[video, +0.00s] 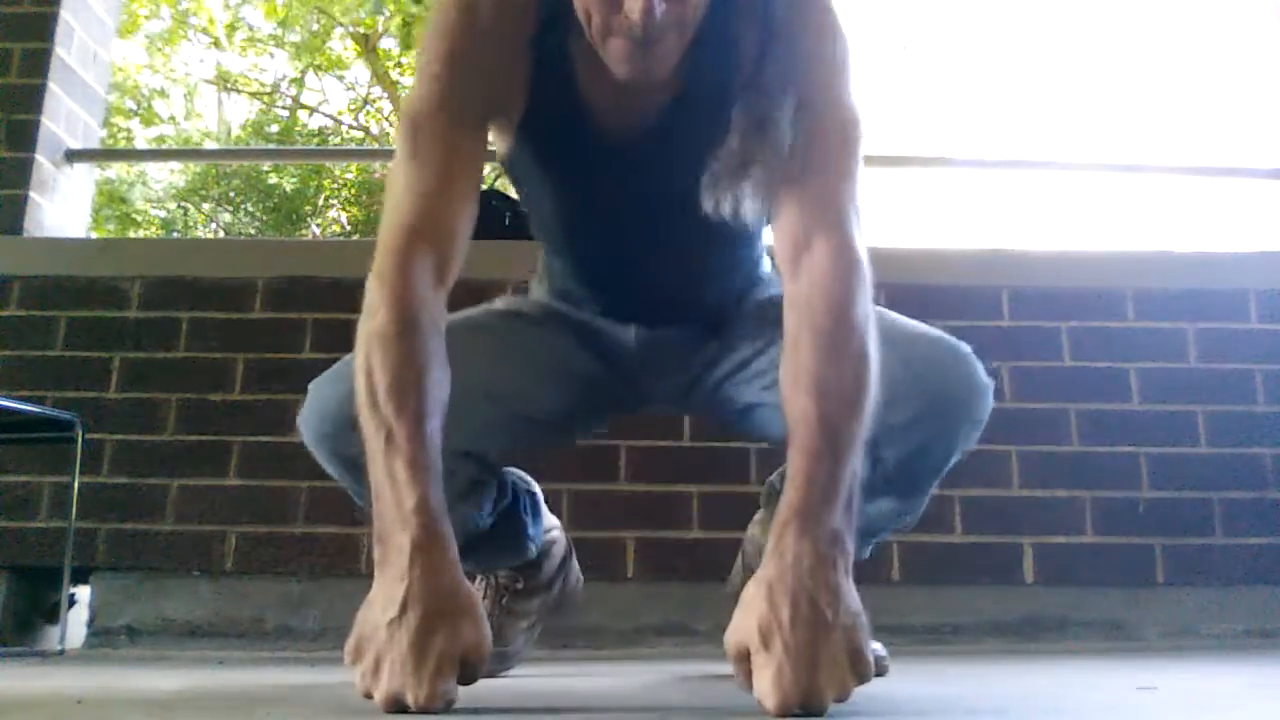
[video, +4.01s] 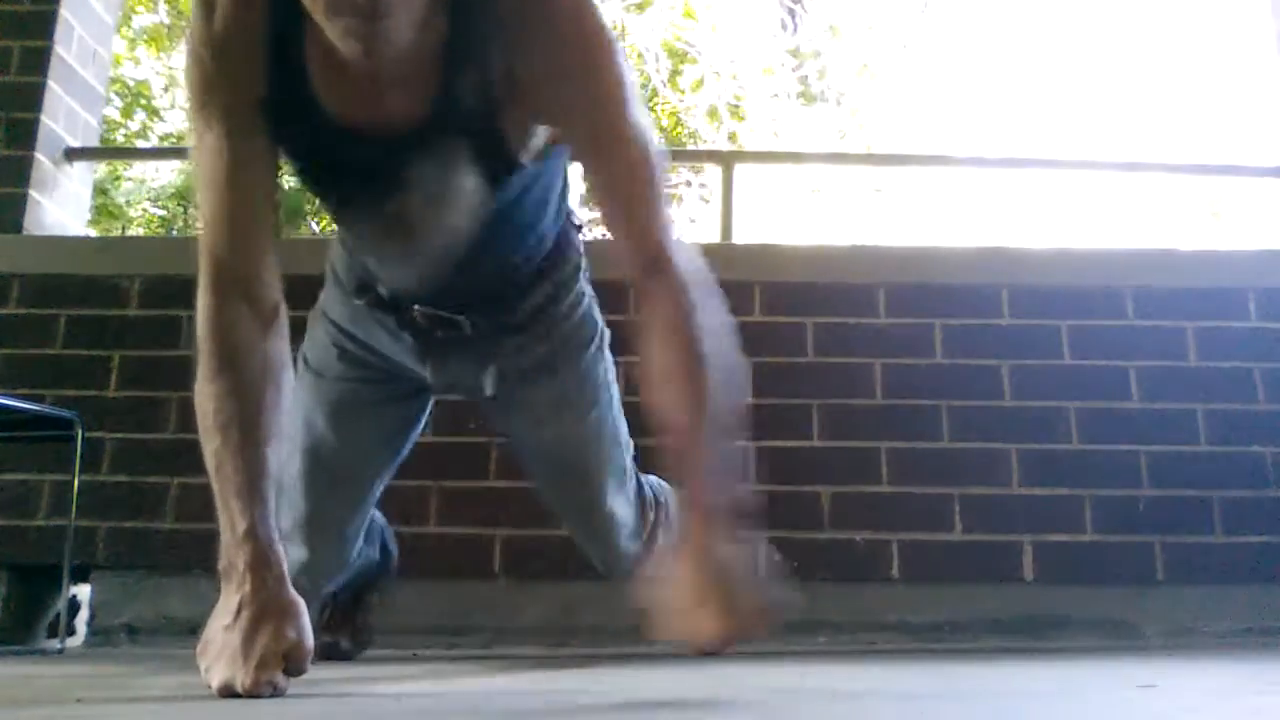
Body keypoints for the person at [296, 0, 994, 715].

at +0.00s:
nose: (629, 24)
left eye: (662, 4)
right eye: (603, 3)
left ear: (709, 1)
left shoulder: (791, 27)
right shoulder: (484, 24)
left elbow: (822, 257)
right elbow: (411, 280)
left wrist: (812, 546)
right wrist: (411, 559)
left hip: (740, 331)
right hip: (565, 330)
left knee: (947, 386)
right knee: (341, 413)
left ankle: (788, 570)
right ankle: (522, 558)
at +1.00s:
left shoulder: (858, 7)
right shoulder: (463, 7)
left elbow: (920, 229)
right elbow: (393, 234)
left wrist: (991, 551)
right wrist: (361, 562)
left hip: (738, 239)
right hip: (551, 243)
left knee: (865, 498)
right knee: (467, 546)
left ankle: (938, 591)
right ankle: (437, 620)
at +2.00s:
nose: (769, 15)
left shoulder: (945, 9)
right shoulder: (593, 11)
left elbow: (964, 237)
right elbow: (601, 274)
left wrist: (934, 511)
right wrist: (652, 564)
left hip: (832, 281)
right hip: (658, 272)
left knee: (939, 536)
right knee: (536, 539)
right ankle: (513, 571)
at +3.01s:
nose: (461, 32)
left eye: (494, 5)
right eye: (427, 4)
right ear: (380, 4)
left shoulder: (639, 32)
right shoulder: (318, 37)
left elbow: (771, 293)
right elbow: (270, 302)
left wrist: (775, 571)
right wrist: (256, 572)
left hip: (648, 336)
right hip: (494, 326)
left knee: (692, 568)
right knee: (459, 579)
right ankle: (527, 563)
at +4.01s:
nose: (357, 5)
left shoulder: (539, 22)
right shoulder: (237, 31)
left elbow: (660, 264)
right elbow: (240, 299)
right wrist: (248, 565)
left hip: (531, 316)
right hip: (367, 316)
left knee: (615, 542)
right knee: (299, 564)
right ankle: (357, 564)